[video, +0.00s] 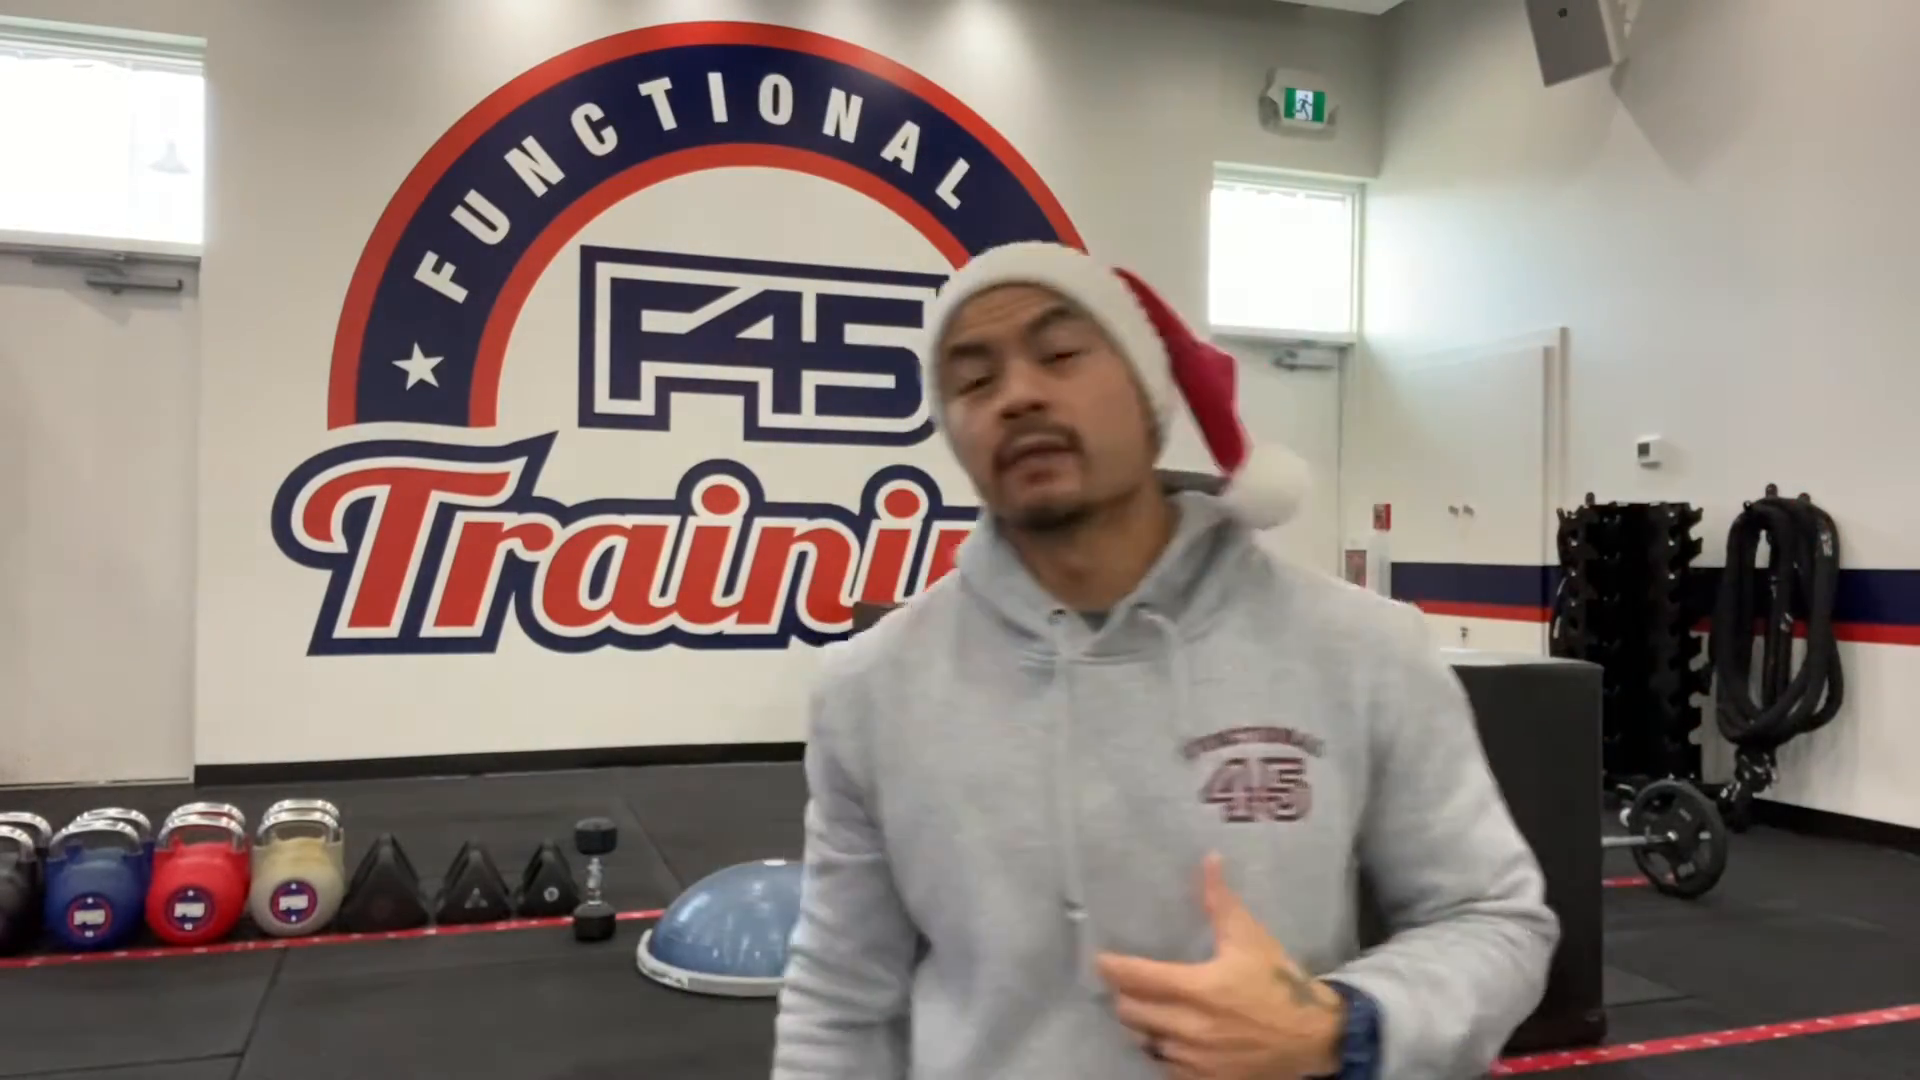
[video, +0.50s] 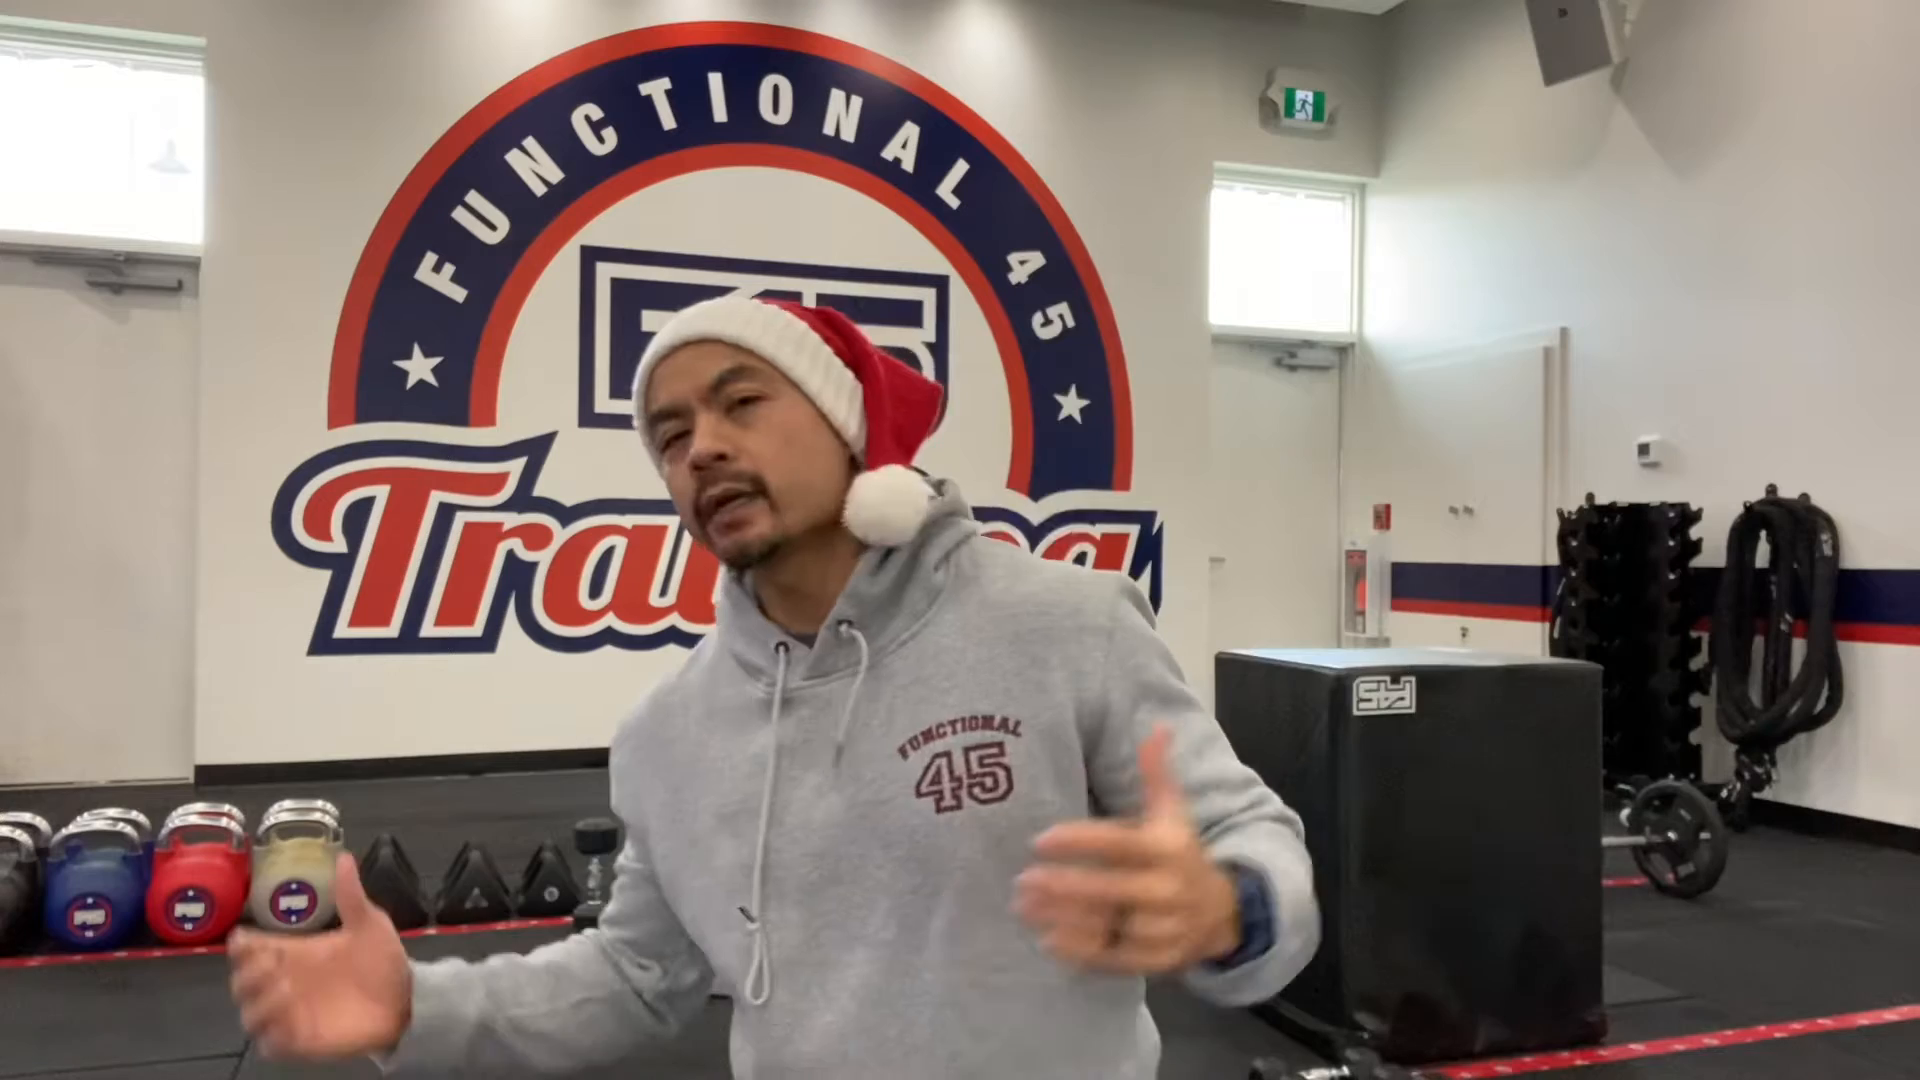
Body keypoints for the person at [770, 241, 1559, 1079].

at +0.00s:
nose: (1017, 398)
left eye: (1061, 352)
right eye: (974, 378)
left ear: (1155, 385)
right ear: (950, 437)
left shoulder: (1364, 655)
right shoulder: (869, 697)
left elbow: (1496, 920)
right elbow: (836, 1012)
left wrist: (1344, 1030)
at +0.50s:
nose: (703, 453)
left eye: (740, 401)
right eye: (673, 435)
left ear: (846, 408)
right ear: (666, 482)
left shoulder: (1062, 628)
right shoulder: (667, 740)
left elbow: (1270, 857)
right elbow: (646, 976)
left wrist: (1221, 908)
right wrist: (416, 1000)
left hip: (1060, 1068)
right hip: (805, 1073)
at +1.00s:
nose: (1008, 547)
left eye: (1050, 504)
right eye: (971, 503)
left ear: (1115, 525)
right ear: (925, 519)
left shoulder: (1217, 734)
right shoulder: (803, 711)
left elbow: (1348, 958)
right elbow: (666, 887)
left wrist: (1481, 898)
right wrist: (513, 838)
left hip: (1097, 1075)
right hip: (844, 1069)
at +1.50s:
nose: (1137, 606)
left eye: (1179, 582)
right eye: (1113, 563)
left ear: (1217, 618)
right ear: (1056, 571)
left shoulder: (1259, 816)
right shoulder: (891, 713)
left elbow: (1311, 1039)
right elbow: (725, 836)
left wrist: (1469, 1018)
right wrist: (634, 777)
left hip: (1106, 1074)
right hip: (870, 1066)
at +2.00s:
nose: (1068, 562)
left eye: (1104, 547)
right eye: (1044, 533)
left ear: (1138, 598)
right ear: (990, 559)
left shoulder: (1185, 803)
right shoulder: (834, 711)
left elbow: (1247, 1039)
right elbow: (646, 842)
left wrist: (1401, 962)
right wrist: (567, 719)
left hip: (1049, 1079)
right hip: (830, 1073)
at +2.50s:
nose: (916, 550)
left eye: (949, 527)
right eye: (885, 534)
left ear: (1004, 565)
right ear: (855, 581)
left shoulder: (1095, 721)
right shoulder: (779, 747)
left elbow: (1228, 973)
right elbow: (651, 1001)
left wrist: (1135, 781)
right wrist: (674, 876)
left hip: (1051, 1067)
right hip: (839, 1067)